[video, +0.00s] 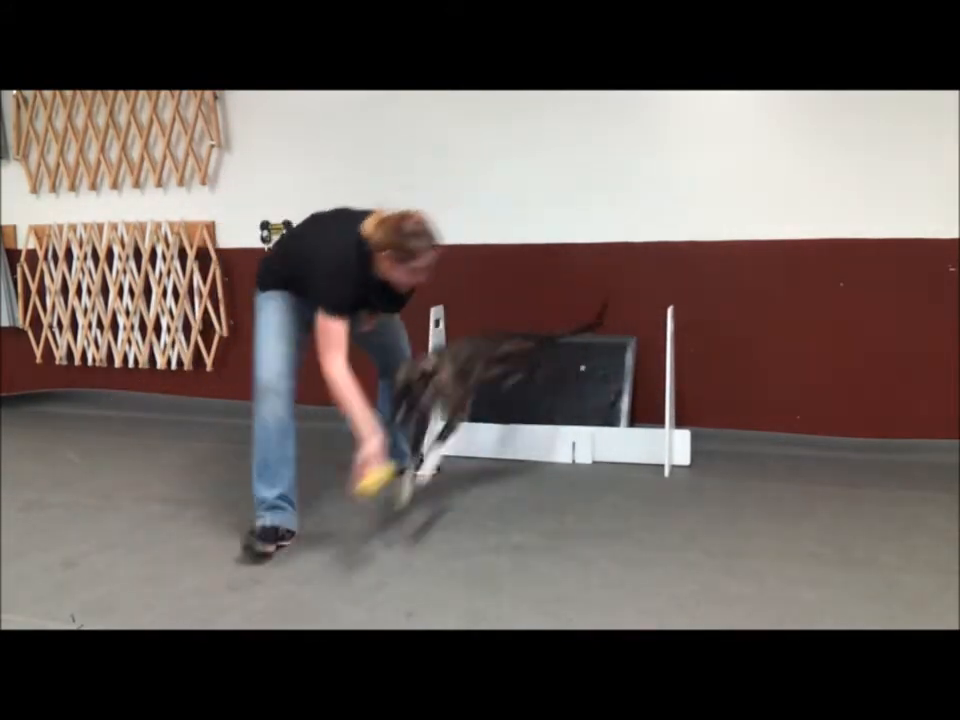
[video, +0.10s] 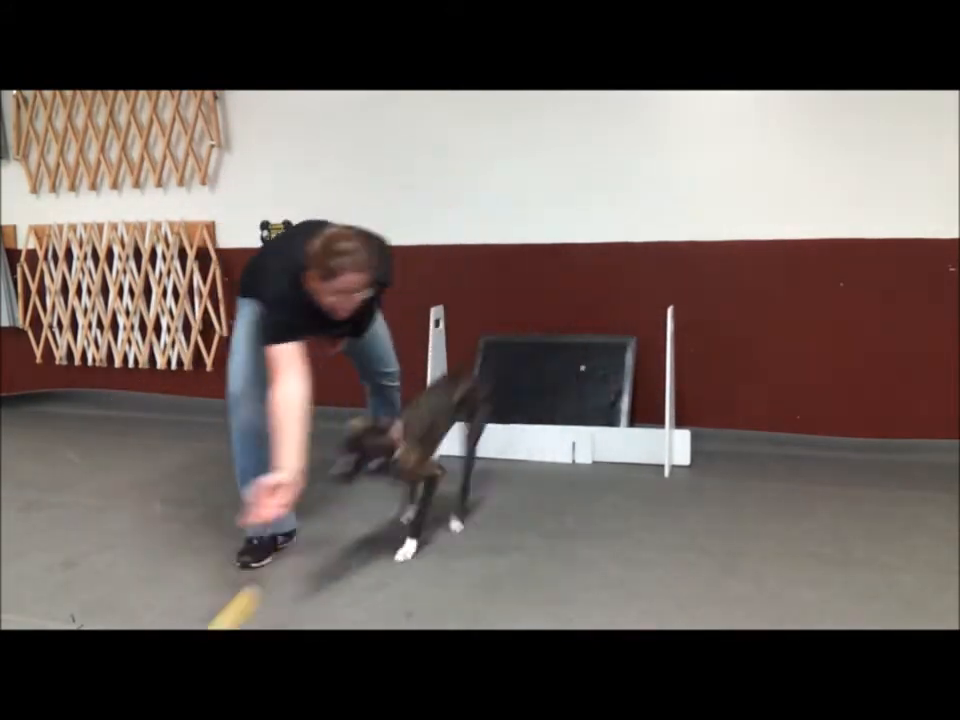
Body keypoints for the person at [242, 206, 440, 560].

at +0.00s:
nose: (422, 279)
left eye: (426, 271)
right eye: (417, 271)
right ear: (387, 261)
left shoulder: (404, 264)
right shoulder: (338, 260)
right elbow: (333, 362)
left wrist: (373, 313)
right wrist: (369, 436)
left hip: (357, 294)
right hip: (288, 287)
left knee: (399, 368)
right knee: (273, 389)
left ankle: (396, 463)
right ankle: (275, 516)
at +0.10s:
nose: (349, 302)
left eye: (358, 292)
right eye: (338, 293)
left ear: (371, 283)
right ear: (312, 282)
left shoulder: (376, 266)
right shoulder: (281, 289)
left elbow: (367, 303)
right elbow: (288, 378)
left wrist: (339, 335)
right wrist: (289, 470)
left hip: (347, 313)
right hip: (266, 300)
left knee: (385, 374)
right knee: (245, 403)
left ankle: (385, 446)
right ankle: (269, 524)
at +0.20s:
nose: (276, 311)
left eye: (285, 300)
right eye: (264, 301)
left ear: (305, 288)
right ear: (245, 292)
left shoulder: (340, 269)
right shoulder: (232, 305)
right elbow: (216, 380)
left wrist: (320, 337)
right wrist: (190, 458)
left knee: (359, 372)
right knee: (240, 408)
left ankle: (383, 455)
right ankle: (260, 502)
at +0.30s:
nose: (219, 294)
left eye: (228, 281)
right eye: (208, 285)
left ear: (256, 265)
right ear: (195, 277)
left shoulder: (307, 255)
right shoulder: (192, 296)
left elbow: (351, 252)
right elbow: (155, 369)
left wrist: (309, 323)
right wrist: (102, 440)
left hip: (325, 284)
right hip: (246, 322)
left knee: (344, 367)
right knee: (231, 410)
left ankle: (355, 441)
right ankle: (272, 509)